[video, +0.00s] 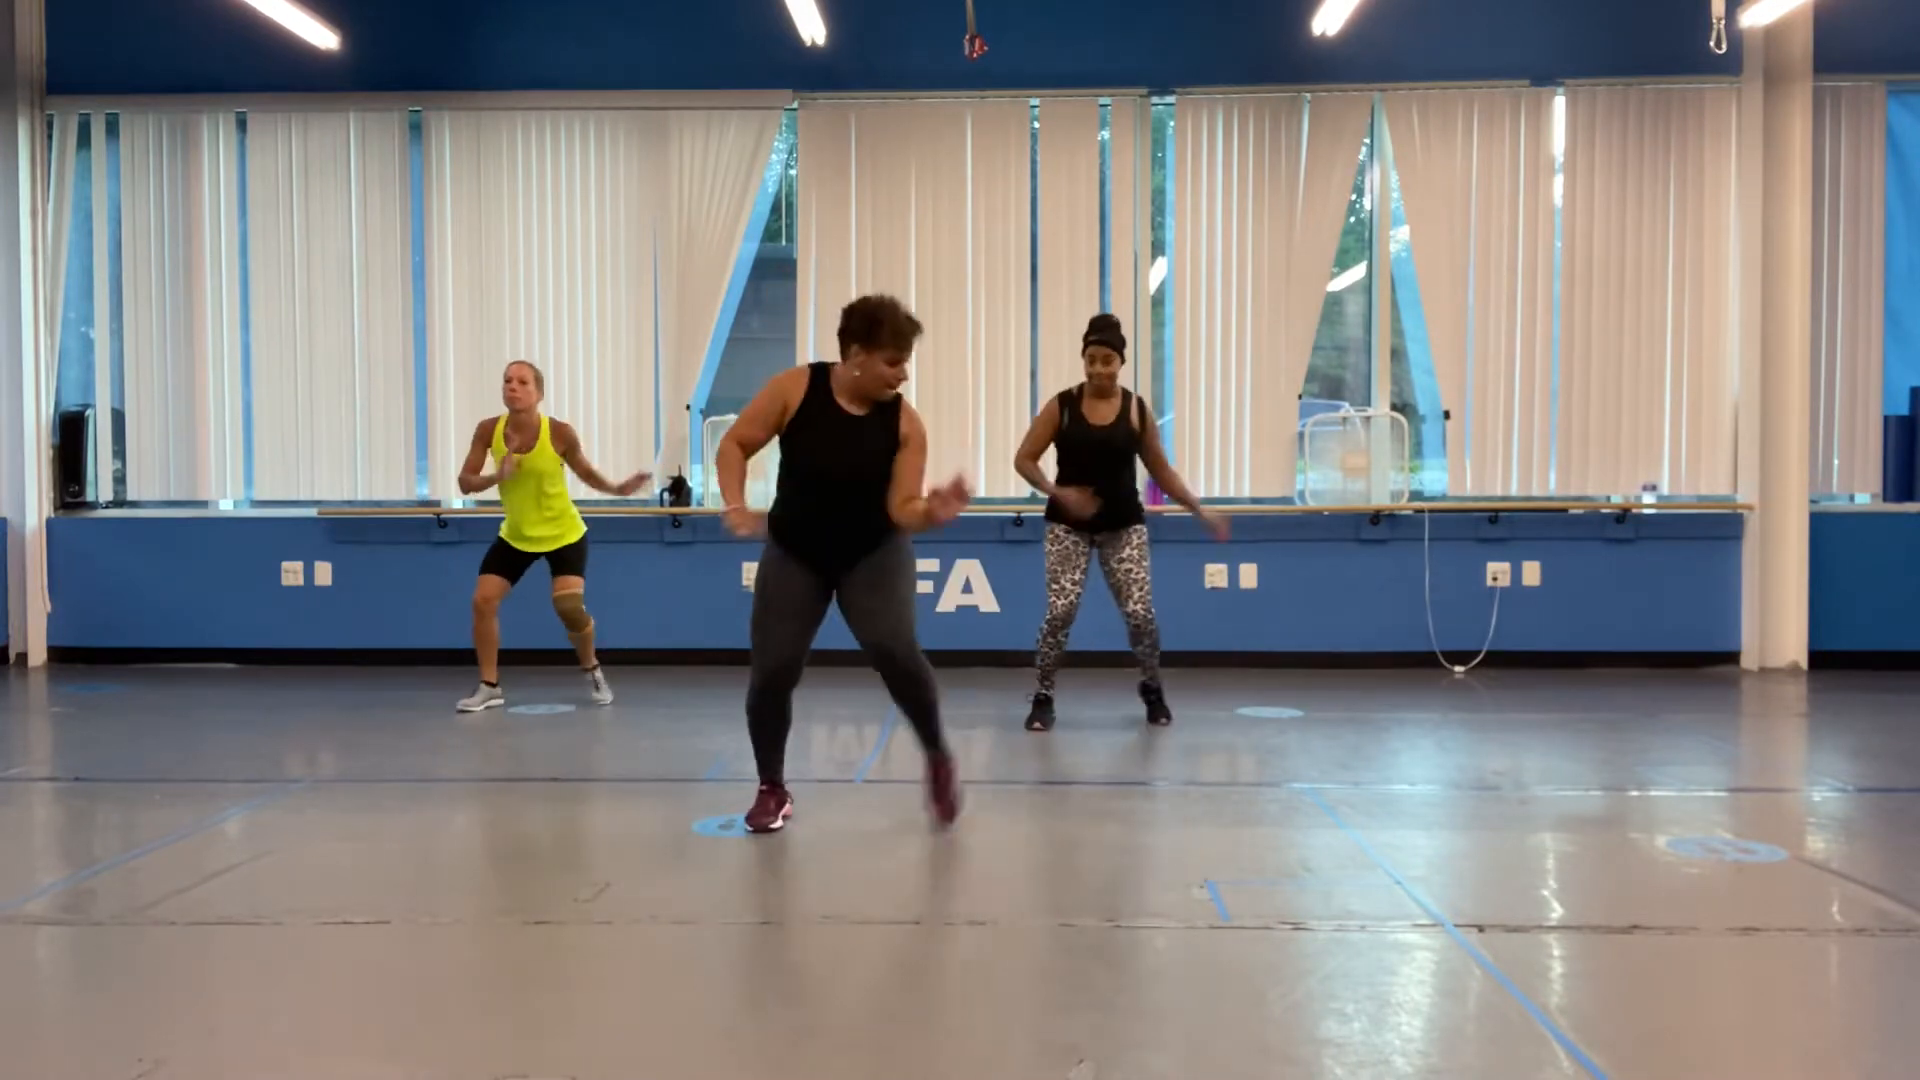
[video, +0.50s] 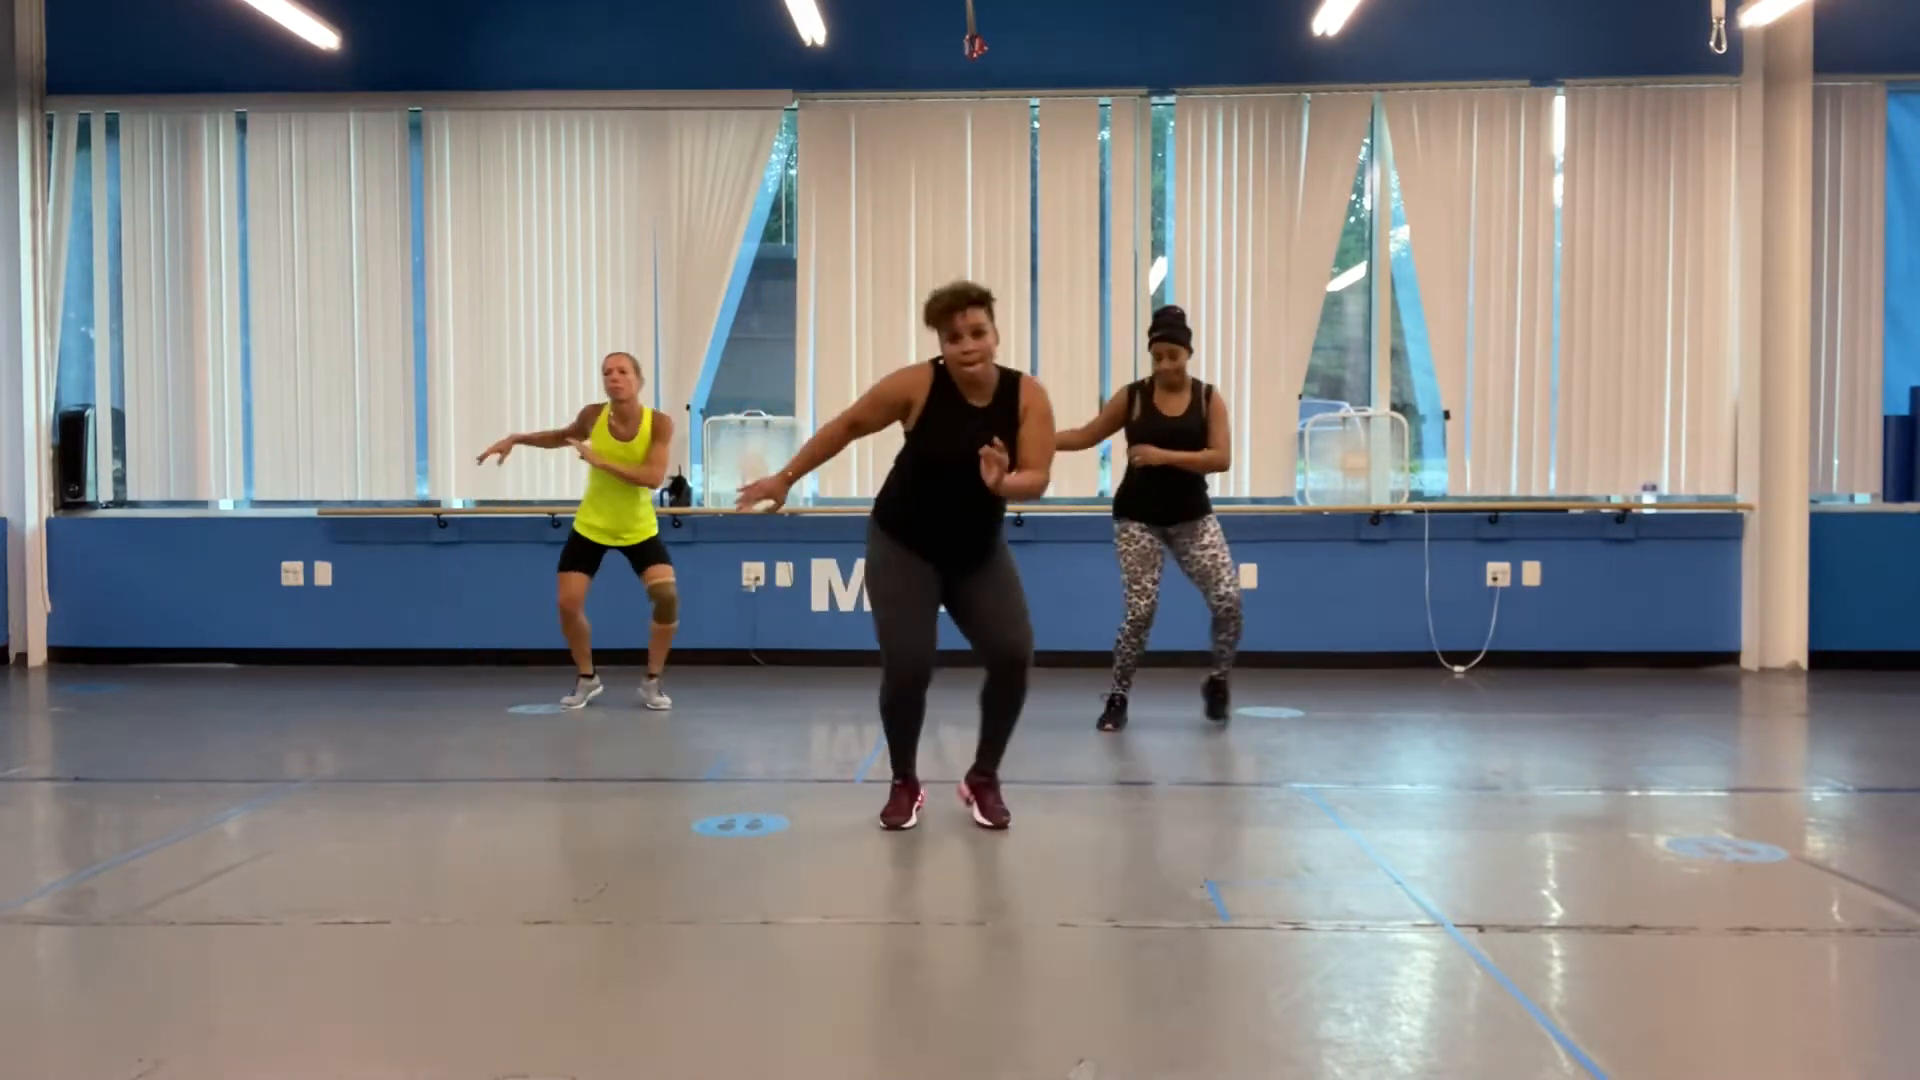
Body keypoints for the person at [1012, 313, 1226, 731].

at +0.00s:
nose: (1101, 370)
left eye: (1109, 361)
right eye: (1094, 361)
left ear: (1121, 362)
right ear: (1083, 360)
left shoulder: (1136, 410)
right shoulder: (1061, 407)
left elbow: (1161, 469)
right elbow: (1024, 460)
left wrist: (1199, 510)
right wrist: (1056, 491)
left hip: (1123, 527)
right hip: (1069, 527)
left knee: (1139, 613)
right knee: (1061, 611)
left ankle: (1152, 690)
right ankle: (1043, 697)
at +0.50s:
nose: (1166, 364)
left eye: (1174, 355)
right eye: (1159, 356)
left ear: (1188, 353)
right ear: (1150, 356)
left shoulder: (1208, 398)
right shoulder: (1131, 398)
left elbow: (1220, 459)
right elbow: (1085, 436)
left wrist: (1163, 455)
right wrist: (1037, 439)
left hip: (1192, 518)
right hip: (1137, 518)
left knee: (1228, 600)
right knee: (1141, 610)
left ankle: (1219, 683)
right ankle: (1118, 697)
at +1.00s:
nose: (1194, 360)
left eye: (1201, 352)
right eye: (1186, 354)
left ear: (1216, 355)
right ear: (1178, 361)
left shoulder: (1243, 403)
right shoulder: (1166, 415)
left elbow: (1279, 460)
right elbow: (1160, 486)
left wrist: (1315, 508)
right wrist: (1185, 531)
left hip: (1240, 524)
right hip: (1184, 524)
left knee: (1254, 610)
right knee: (1156, 606)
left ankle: (1283, 702)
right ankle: (1136, 689)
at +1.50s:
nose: (1172, 354)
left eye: (1180, 347)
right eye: (1163, 350)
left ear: (1193, 356)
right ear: (1153, 362)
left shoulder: (1217, 407)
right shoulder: (1136, 410)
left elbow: (1234, 466)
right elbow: (1086, 444)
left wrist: (1207, 509)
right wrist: (1059, 476)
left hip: (1199, 519)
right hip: (1145, 520)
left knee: (1220, 603)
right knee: (1137, 608)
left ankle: (1244, 687)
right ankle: (1112, 696)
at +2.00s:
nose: (1175, 342)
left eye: (1182, 336)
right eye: (1166, 338)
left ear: (1195, 346)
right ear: (1156, 351)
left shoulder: (1216, 395)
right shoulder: (1141, 404)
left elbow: (1258, 444)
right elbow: (1134, 471)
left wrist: (1310, 477)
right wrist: (1191, 483)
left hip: (1213, 518)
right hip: (1156, 519)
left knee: (1228, 607)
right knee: (1132, 601)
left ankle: (1264, 700)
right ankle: (1115, 681)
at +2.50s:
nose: (1100, 341)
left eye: (1108, 335)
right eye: (1093, 335)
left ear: (1119, 346)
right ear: (1080, 346)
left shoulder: (1138, 390)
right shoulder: (1064, 398)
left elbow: (1192, 419)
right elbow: (1059, 455)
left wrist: (1245, 434)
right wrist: (1108, 422)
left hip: (1148, 515)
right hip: (1092, 518)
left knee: (1168, 604)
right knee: (1071, 602)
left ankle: (1205, 693)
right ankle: (1044, 694)